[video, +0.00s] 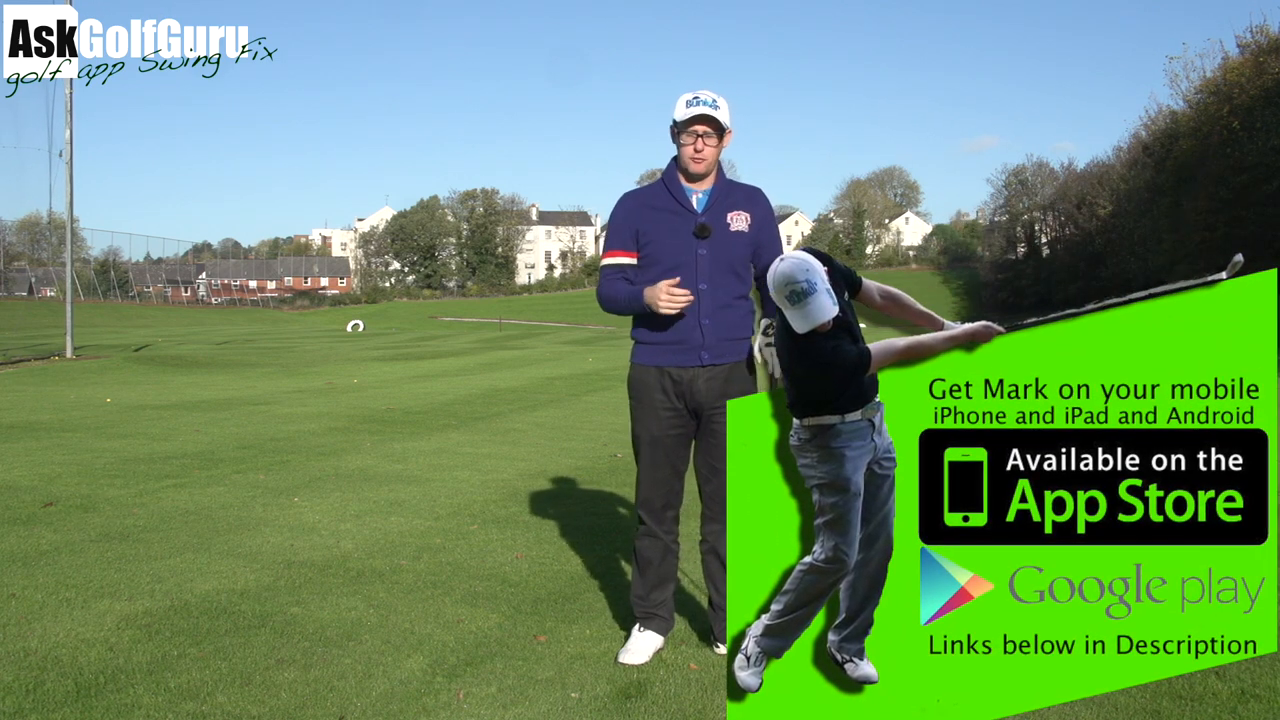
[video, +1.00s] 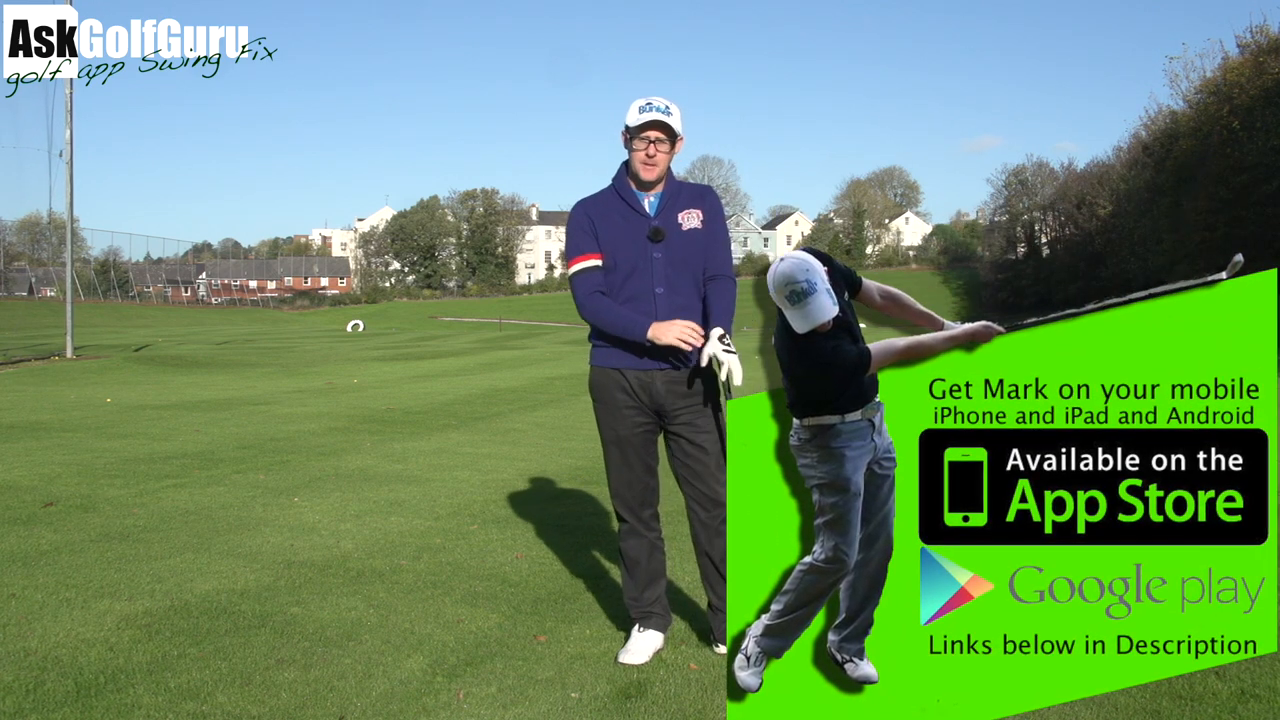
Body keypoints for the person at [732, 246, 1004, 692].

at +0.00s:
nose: (823, 324)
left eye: (825, 311)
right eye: (811, 322)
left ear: (824, 285)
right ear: (785, 311)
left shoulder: (818, 268)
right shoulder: (809, 353)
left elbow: (880, 296)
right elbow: (900, 352)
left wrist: (946, 327)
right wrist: (963, 337)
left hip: (871, 425)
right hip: (829, 439)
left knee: (874, 546)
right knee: (835, 555)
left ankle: (846, 642)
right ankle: (762, 641)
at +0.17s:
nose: (823, 324)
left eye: (825, 311)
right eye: (811, 322)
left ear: (824, 285)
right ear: (787, 310)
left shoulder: (819, 268)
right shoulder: (809, 351)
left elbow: (880, 296)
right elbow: (900, 352)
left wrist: (946, 327)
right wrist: (963, 337)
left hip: (871, 425)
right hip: (829, 440)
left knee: (874, 546)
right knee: (835, 555)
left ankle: (846, 642)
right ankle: (762, 641)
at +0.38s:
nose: (824, 324)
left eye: (826, 310)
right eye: (812, 322)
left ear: (824, 284)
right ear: (787, 309)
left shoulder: (818, 267)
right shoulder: (809, 351)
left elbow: (879, 296)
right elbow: (899, 352)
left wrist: (946, 327)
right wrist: (963, 337)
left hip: (871, 425)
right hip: (829, 439)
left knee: (874, 547)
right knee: (835, 555)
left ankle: (846, 643)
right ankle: (762, 641)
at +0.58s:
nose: (823, 323)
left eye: (825, 310)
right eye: (811, 321)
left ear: (823, 284)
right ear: (786, 308)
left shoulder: (818, 268)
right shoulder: (808, 350)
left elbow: (880, 296)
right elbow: (899, 352)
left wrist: (946, 327)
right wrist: (963, 337)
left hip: (871, 425)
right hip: (829, 439)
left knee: (874, 546)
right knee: (835, 554)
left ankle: (846, 642)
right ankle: (762, 641)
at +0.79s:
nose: (823, 323)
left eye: (825, 310)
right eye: (811, 321)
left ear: (823, 284)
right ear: (786, 308)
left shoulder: (818, 268)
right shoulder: (808, 351)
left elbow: (879, 296)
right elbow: (899, 352)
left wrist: (946, 327)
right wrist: (963, 337)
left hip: (871, 425)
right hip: (828, 439)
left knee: (874, 547)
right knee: (835, 555)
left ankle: (846, 643)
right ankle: (762, 641)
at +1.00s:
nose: (823, 324)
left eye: (825, 310)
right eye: (811, 322)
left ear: (824, 284)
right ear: (785, 308)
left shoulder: (819, 268)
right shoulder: (807, 350)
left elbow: (880, 296)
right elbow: (899, 352)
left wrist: (946, 327)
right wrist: (963, 337)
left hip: (871, 425)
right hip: (828, 440)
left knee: (874, 546)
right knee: (835, 555)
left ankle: (846, 642)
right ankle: (762, 641)